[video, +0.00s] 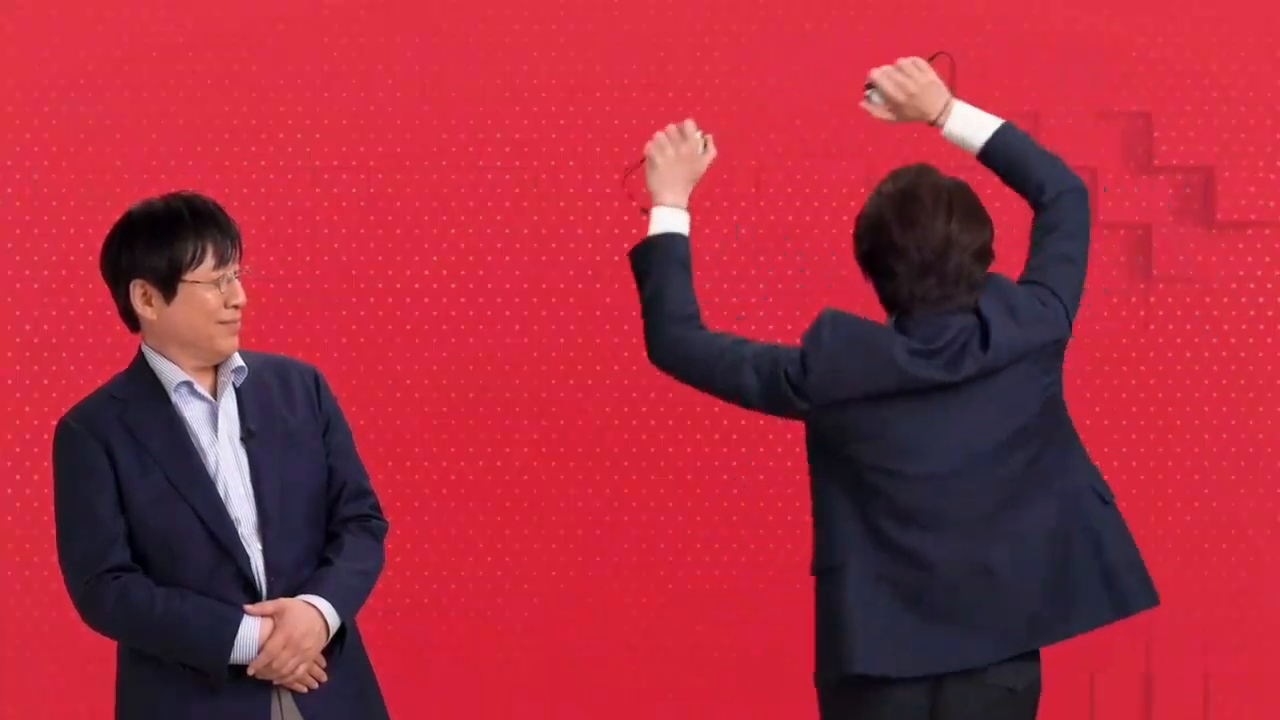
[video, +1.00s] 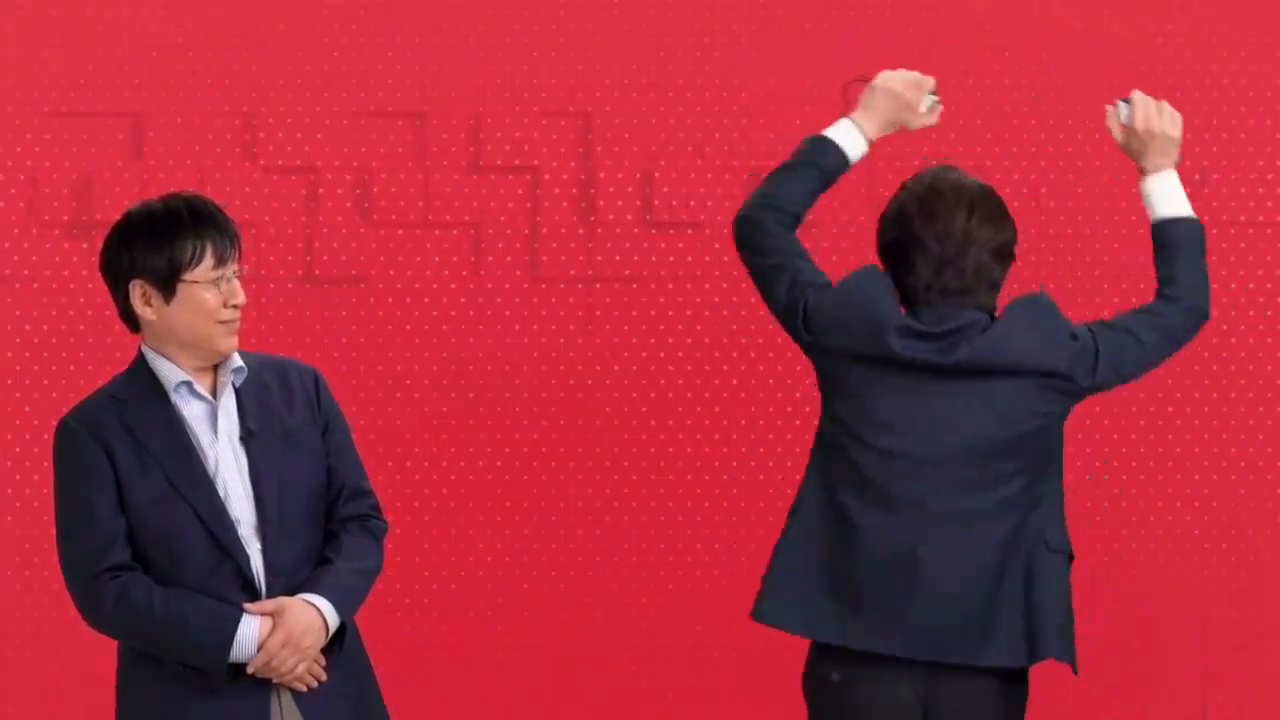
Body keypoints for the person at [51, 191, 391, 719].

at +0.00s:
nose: (238, 298)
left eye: (236, 278)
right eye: (215, 283)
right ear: (147, 301)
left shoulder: (301, 389)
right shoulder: (91, 434)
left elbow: (361, 526)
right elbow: (103, 591)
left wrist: (320, 613)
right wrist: (252, 640)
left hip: (334, 701)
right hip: (192, 708)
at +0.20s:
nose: (237, 298)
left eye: (235, 278)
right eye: (213, 282)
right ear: (146, 300)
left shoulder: (301, 390)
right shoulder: (91, 434)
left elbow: (361, 526)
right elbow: (103, 592)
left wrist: (319, 613)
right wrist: (251, 640)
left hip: (333, 701)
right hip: (192, 708)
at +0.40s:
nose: (237, 298)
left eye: (236, 278)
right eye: (213, 283)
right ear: (147, 301)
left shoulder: (301, 390)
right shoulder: (91, 434)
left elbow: (361, 526)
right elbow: (103, 592)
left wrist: (319, 612)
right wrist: (250, 640)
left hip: (333, 700)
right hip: (192, 708)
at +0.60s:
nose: (239, 298)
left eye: (236, 278)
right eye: (214, 283)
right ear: (147, 300)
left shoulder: (301, 390)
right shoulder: (92, 433)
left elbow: (361, 525)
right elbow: (103, 590)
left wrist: (320, 612)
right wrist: (251, 640)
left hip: (333, 700)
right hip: (192, 708)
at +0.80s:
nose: (239, 298)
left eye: (237, 278)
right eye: (214, 283)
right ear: (148, 301)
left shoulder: (301, 390)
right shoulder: (92, 433)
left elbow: (362, 526)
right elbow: (104, 591)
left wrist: (320, 612)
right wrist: (252, 639)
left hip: (333, 700)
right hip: (192, 708)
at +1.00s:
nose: (237, 298)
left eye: (235, 278)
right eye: (213, 283)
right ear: (147, 301)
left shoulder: (301, 390)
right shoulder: (91, 434)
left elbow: (361, 525)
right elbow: (104, 591)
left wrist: (320, 612)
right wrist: (252, 639)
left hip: (332, 700)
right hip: (192, 708)